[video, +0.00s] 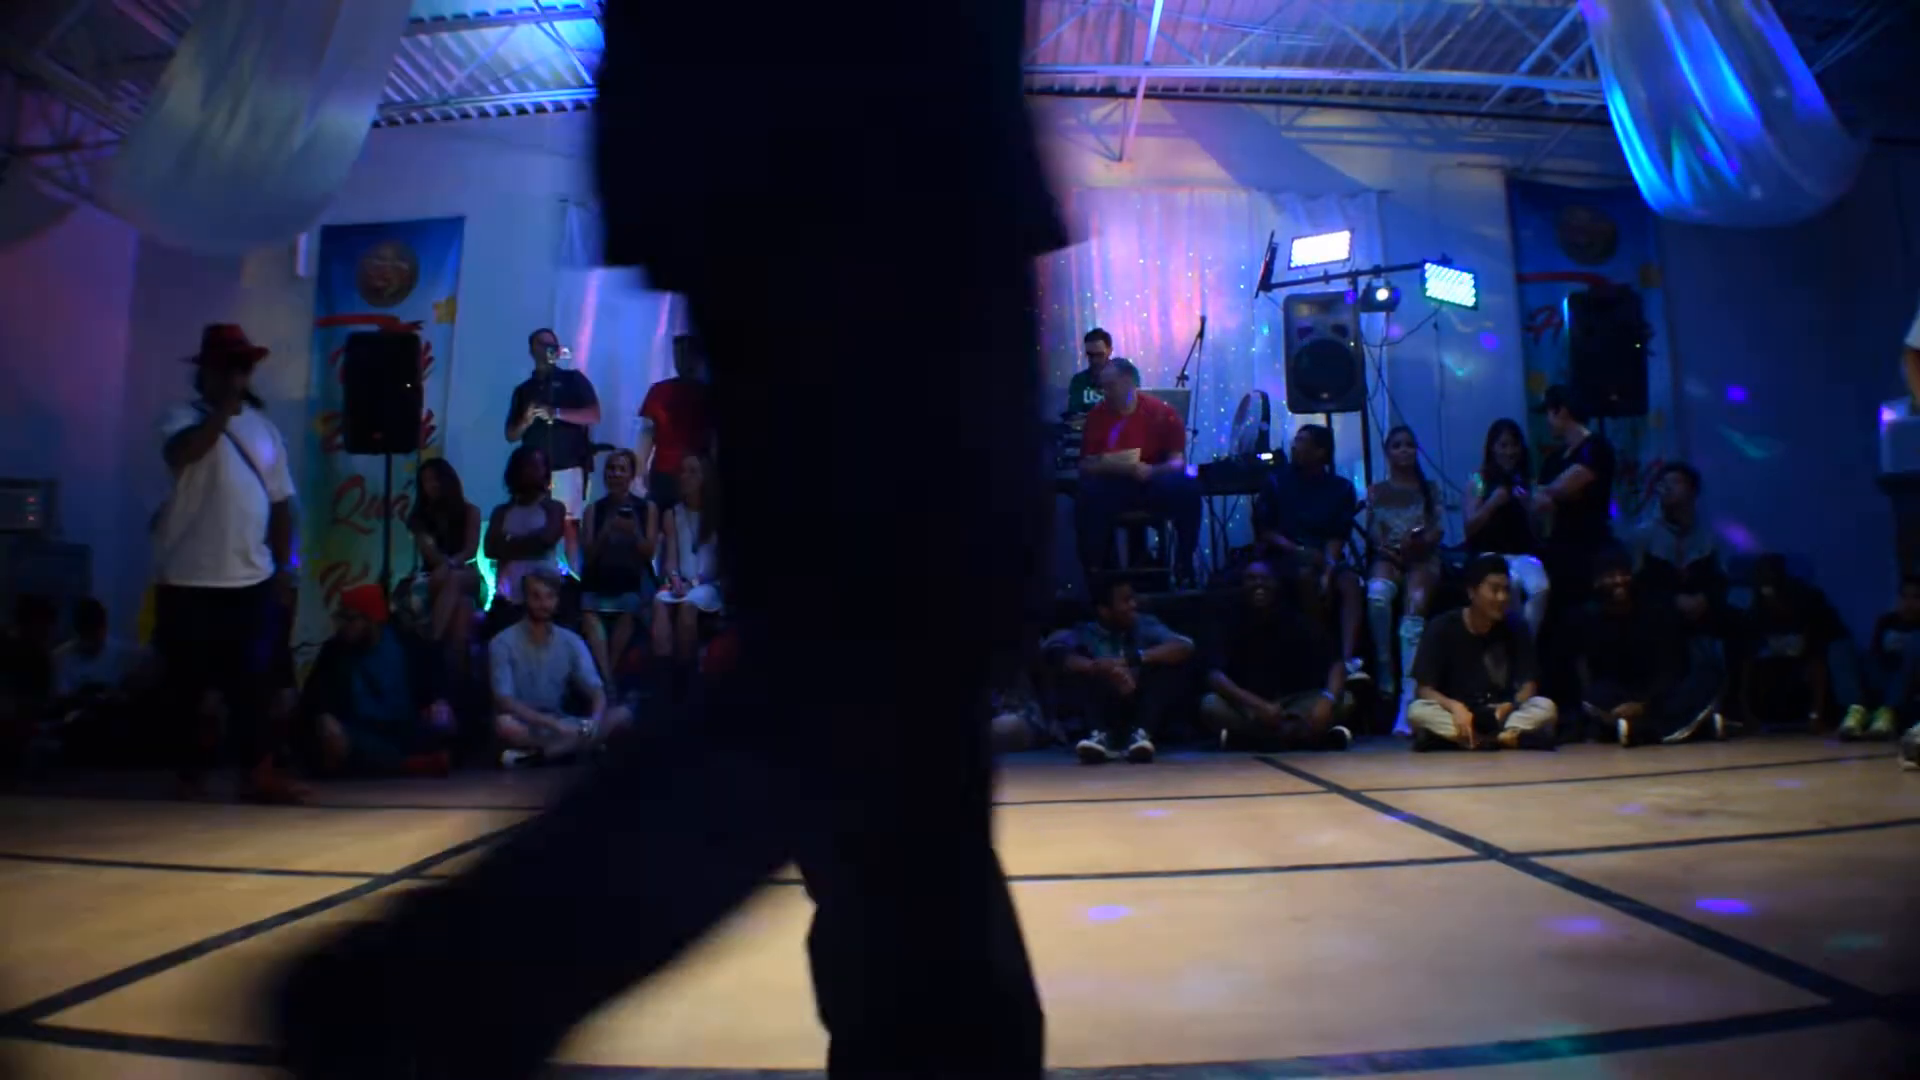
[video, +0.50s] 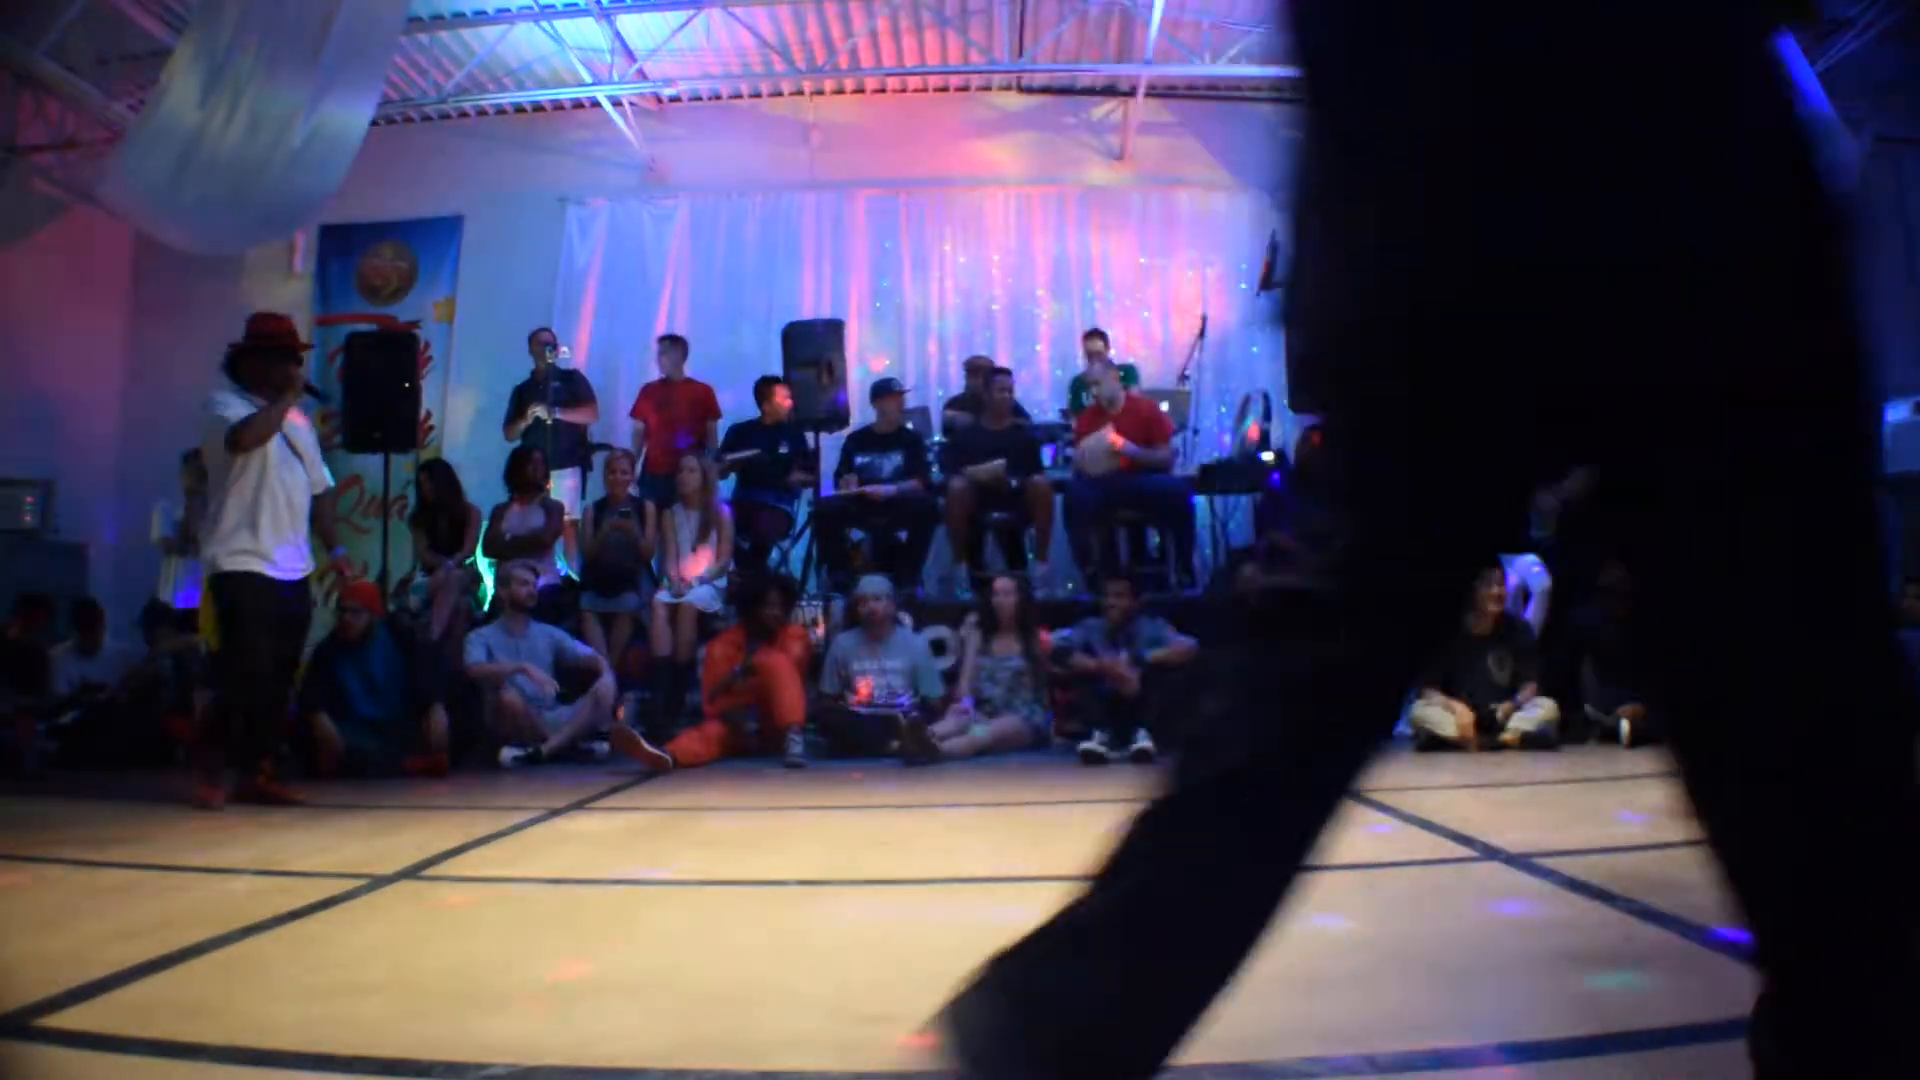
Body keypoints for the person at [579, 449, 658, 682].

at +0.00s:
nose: (615, 474)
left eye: (622, 469)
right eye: (610, 468)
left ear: (632, 475)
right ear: (604, 474)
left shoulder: (646, 508)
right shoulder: (593, 510)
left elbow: (649, 550)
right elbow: (587, 552)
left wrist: (632, 532)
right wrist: (606, 533)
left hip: (631, 576)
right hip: (599, 575)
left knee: (627, 611)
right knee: (589, 613)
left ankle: (607, 674)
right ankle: (607, 680)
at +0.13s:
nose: (615, 474)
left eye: (622, 469)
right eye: (611, 468)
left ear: (633, 475)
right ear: (605, 473)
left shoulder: (646, 508)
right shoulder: (593, 510)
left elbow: (649, 550)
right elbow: (588, 553)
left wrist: (632, 532)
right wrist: (606, 532)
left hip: (632, 577)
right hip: (599, 577)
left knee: (627, 609)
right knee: (589, 615)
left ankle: (608, 674)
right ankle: (607, 682)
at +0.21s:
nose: (617, 476)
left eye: (624, 470)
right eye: (612, 470)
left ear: (633, 475)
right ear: (605, 475)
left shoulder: (647, 507)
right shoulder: (592, 509)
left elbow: (649, 549)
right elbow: (588, 552)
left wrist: (631, 532)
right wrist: (606, 533)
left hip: (631, 573)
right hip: (599, 573)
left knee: (627, 607)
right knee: (587, 609)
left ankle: (608, 673)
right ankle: (606, 680)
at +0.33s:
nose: (617, 477)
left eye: (624, 472)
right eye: (612, 472)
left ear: (633, 476)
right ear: (605, 476)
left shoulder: (646, 507)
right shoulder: (592, 510)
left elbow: (649, 550)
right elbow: (587, 551)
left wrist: (631, 533)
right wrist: (606, 532)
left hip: (631, 573)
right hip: (599, 574)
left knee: (626, 608)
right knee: (588, 609)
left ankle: (607, 674)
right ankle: (604, 677)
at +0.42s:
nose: (618, 478)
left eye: (624, 472)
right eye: (613, 473)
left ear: (632, 476)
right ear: (605, 477)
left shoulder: (645, 507)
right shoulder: (592, 510)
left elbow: (648, 550)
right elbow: (587, 551)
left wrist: (631, 531)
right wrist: (607, 532)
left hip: (632, 573)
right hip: (599, 574)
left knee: (625, 606)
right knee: (588, 607)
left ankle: (609, 673)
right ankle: (604, 675)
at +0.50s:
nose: (618, 478)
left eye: (624, 473)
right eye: (613, 473)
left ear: (632, 476)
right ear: (605, 476)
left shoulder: (645, 507)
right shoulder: (592, 509)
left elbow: (647, 551)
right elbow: (587, 552)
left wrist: (631, 531)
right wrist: (606, 532)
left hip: (631, 570)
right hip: (600, 571)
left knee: (626, 605)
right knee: (587, 607)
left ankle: (609, 668)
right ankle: (602, 669)